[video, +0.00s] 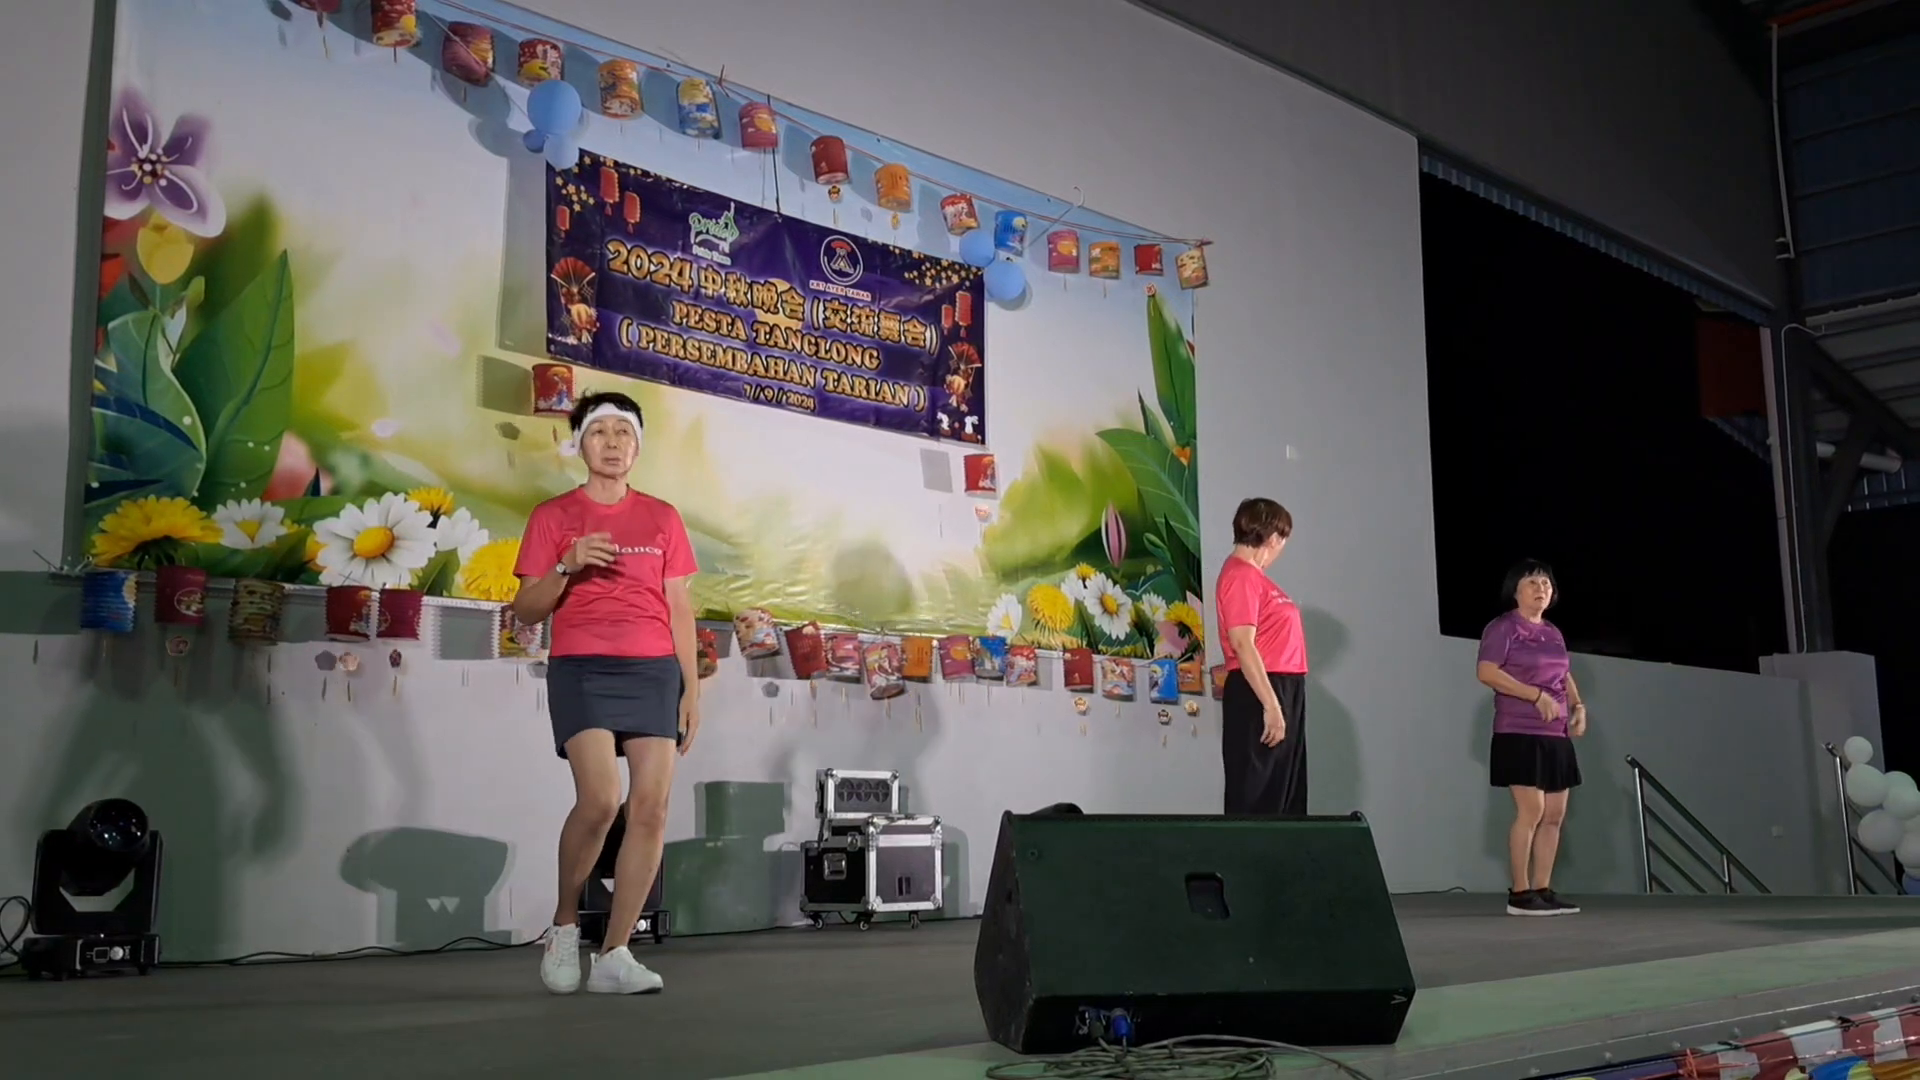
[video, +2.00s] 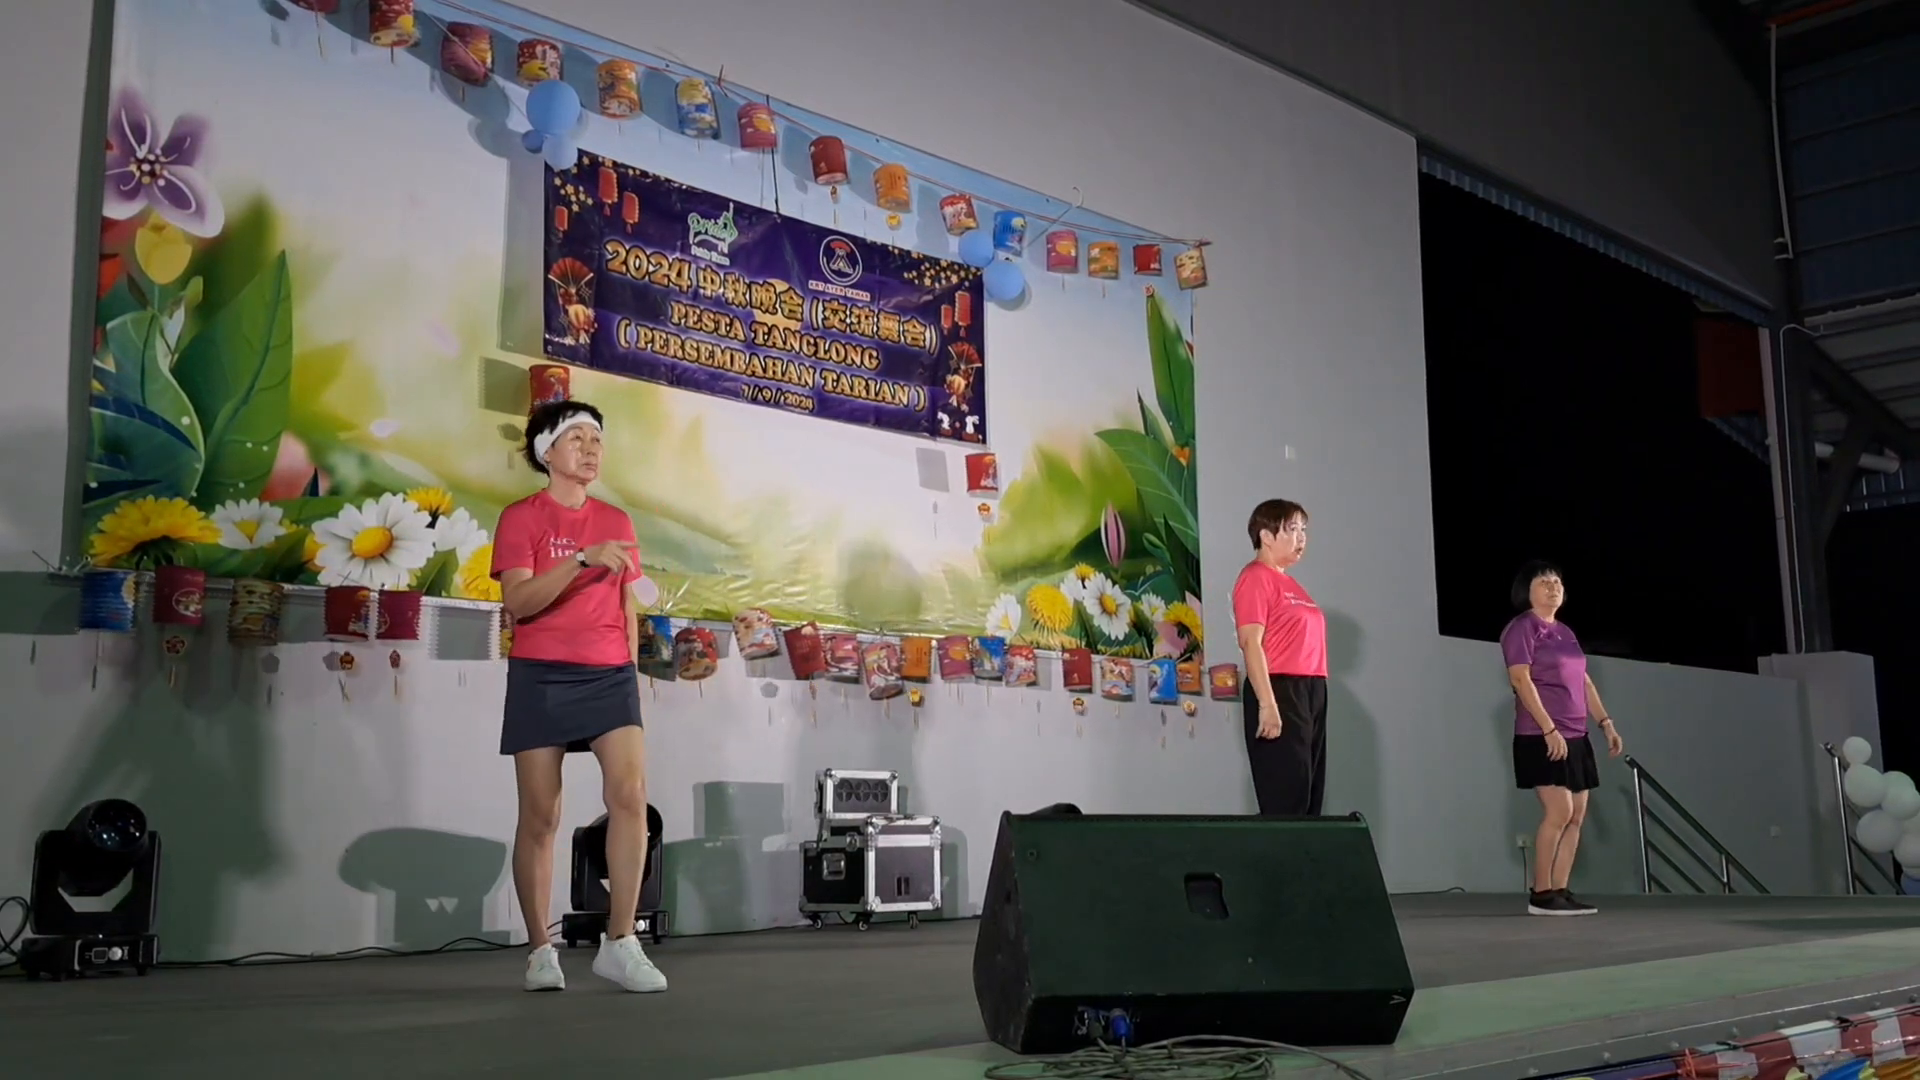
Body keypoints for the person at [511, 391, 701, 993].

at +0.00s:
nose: (612, 441)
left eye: (624, 432)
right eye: (599, 431)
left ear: (638, 447)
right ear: (580, 445)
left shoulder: (663, 517)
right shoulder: (553, 515)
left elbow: (681, 607)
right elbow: (527, 608)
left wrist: (691, 686)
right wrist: (567, 566)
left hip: (657, 672)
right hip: (580, 669)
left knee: (653, 807)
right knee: (600, 800)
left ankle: (615, 952)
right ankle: (564, 928)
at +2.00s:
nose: (590, 450)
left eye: (596, 442)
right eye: (577, 440)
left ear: (602, 454)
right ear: (546, 451)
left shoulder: (617, 522)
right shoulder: (522, 517)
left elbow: (627, 610)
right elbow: (517, 603)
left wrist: (630, 675)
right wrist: (582, 562)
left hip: (609, 677)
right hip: (540, 677)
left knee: (630, 794)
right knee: (540, 815)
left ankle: (620, 941)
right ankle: (542, 948)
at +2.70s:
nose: (651, 450)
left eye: (656, 443)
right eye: (638, 440)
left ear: (661, 456)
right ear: (606, 450)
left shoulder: (669, 529)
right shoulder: (572, 514)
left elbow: (691, 618)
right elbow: (544, 606)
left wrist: (717, 684)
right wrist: (532, 692)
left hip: (667, 679)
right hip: (598, 675)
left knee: (659, 816)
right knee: (612, 812)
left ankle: (623, 948)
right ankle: (575, 943)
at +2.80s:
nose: (654, 447)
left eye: (659, 439)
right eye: (641, 437)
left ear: (664, 453)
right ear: (609, 449)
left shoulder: (674, 527)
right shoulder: (576, 514)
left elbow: (693, 615)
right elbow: (543, 605)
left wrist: (722, 674)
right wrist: (522, 690)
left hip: (668, 676)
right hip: (599, 673)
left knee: (658, 815)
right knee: (614, 808)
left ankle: (625, 948)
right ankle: (586, 949)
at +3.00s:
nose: (654, 437)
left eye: (659, 430)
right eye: (641, 428)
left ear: (665, 447)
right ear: (611, 442)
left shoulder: (682, 519)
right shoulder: (580, 510)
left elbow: (696, 606)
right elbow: (547, 598)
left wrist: (718, 643)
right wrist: (528, 679)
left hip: (666, 673)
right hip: (597, 668)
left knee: (655, 810)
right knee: (604, 804)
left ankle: (625, 947)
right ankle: (590, 951)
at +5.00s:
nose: (588, 439)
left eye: (591, 432)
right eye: (575, 430)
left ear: (594, 446)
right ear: (541, 442)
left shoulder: (611, 516)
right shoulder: (514, 512)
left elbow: (630, 613)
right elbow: (487, 608)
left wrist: (643, 690)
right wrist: (472, 695)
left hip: (613, 677)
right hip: (540, 677)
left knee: (619, 812)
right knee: (543, 814)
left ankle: (610, 952)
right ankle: (542, 950)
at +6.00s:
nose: (582, 448)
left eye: (588, 439)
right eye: (569, 437)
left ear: (595, 451)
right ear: (536, 448)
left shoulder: (608, 521)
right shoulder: (515, 510)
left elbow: (669, 583)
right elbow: (505, 562)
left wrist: (712, 535)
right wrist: (548, 510)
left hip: (606, 674)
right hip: (540, 673)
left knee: (618, 809)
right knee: (546, 813)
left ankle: (610, 953)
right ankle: (542, 951)